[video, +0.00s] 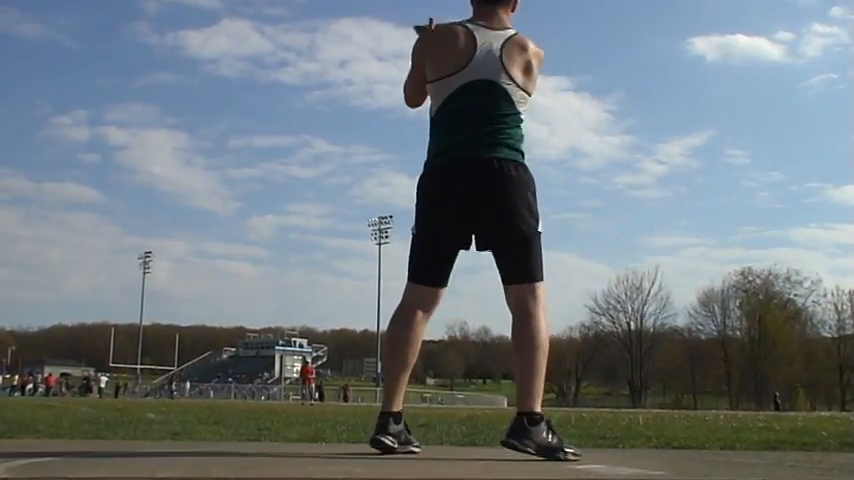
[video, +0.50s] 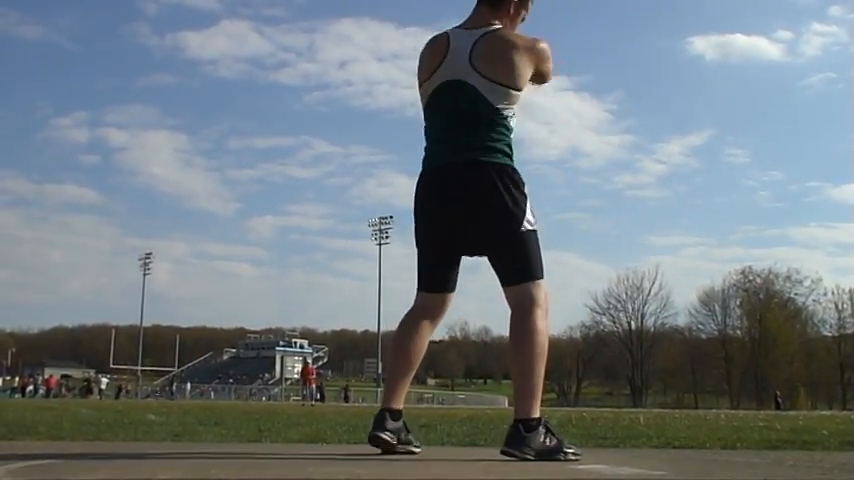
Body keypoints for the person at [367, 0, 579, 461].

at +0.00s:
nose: (517, 11)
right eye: (519, 7)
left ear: (471, 4)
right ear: (514, 7)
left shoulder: (435, 38)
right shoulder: (529, 50)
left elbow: (414, 96)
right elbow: (518, 90)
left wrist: (425, 42)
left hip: (443, 179)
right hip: (506, 180)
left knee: (418, 302)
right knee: (529, 304)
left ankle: (389, 419)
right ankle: (530, 421)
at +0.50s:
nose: (526, 16)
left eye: (526, 10)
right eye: (527, 10)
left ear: (480, 3)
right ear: (515, 7)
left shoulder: (432, 47)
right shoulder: (524, 47)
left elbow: (433, 98)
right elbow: (541, 76)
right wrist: (517, 50)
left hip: (434, 187)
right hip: (492, 183)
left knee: (427, 307)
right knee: (530, 303)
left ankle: (388, 418)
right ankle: (528, 428)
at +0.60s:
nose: (534, 22)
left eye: (535, 15)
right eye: (534, 13)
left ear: (489, 5)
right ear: (519, 6)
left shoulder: (442, 53)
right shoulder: (522, 47)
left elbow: (495, 121)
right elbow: (580, 83)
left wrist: (561, 109)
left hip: (434, 188)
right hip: (487, 184)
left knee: (445, 306)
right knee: (533, 300)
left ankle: (389, 409)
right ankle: (529, 428)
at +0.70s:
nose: (540, 36)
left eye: (544, 27)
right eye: (540, 24)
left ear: (501, 13)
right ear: (516, 12)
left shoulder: (467, 59)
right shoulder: (517, 58)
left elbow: (520, 134)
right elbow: (591, 107)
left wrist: (594, 138)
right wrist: (652, 132)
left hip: (437, 194)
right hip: (481, 191)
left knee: (465, 312)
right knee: (539, 300)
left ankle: (393, 405)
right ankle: (528, 430)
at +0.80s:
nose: (553, 52)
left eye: (557, 44)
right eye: (552, 40)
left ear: (522, 27)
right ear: (527, 26)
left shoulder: (490, 73)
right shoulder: (512, 70)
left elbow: (546, 153)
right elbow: (562, 131)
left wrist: (614, 167)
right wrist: (623, 176)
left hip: (444, 204)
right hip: (477, 201)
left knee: (484, 320)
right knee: (549, 304)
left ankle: (399, 401)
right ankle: (528, 432)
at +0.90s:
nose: (563, 67)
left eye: (568, 59)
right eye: (563, 55)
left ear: (540, 47)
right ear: (538, 42)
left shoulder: (529, 105)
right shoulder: (505, 84)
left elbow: (563, 170)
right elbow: (505, 151)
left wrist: (623, 198)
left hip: (457, 219)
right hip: (477, 216)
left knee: (501, 334)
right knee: (563, 307)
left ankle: (407, 401)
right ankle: (528, 430)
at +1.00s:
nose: (573, 81)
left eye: (578, 72)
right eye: (571, 69)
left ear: (555, 63)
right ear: (546, 57)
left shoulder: (546, 122)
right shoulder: (504, 99)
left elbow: (571, 188)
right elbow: (459, 150)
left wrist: (630, 222)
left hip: (465, 236)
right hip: (486, 228)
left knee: (514, 347)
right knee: (576, 314)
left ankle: (412, 404)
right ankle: (527, 432)